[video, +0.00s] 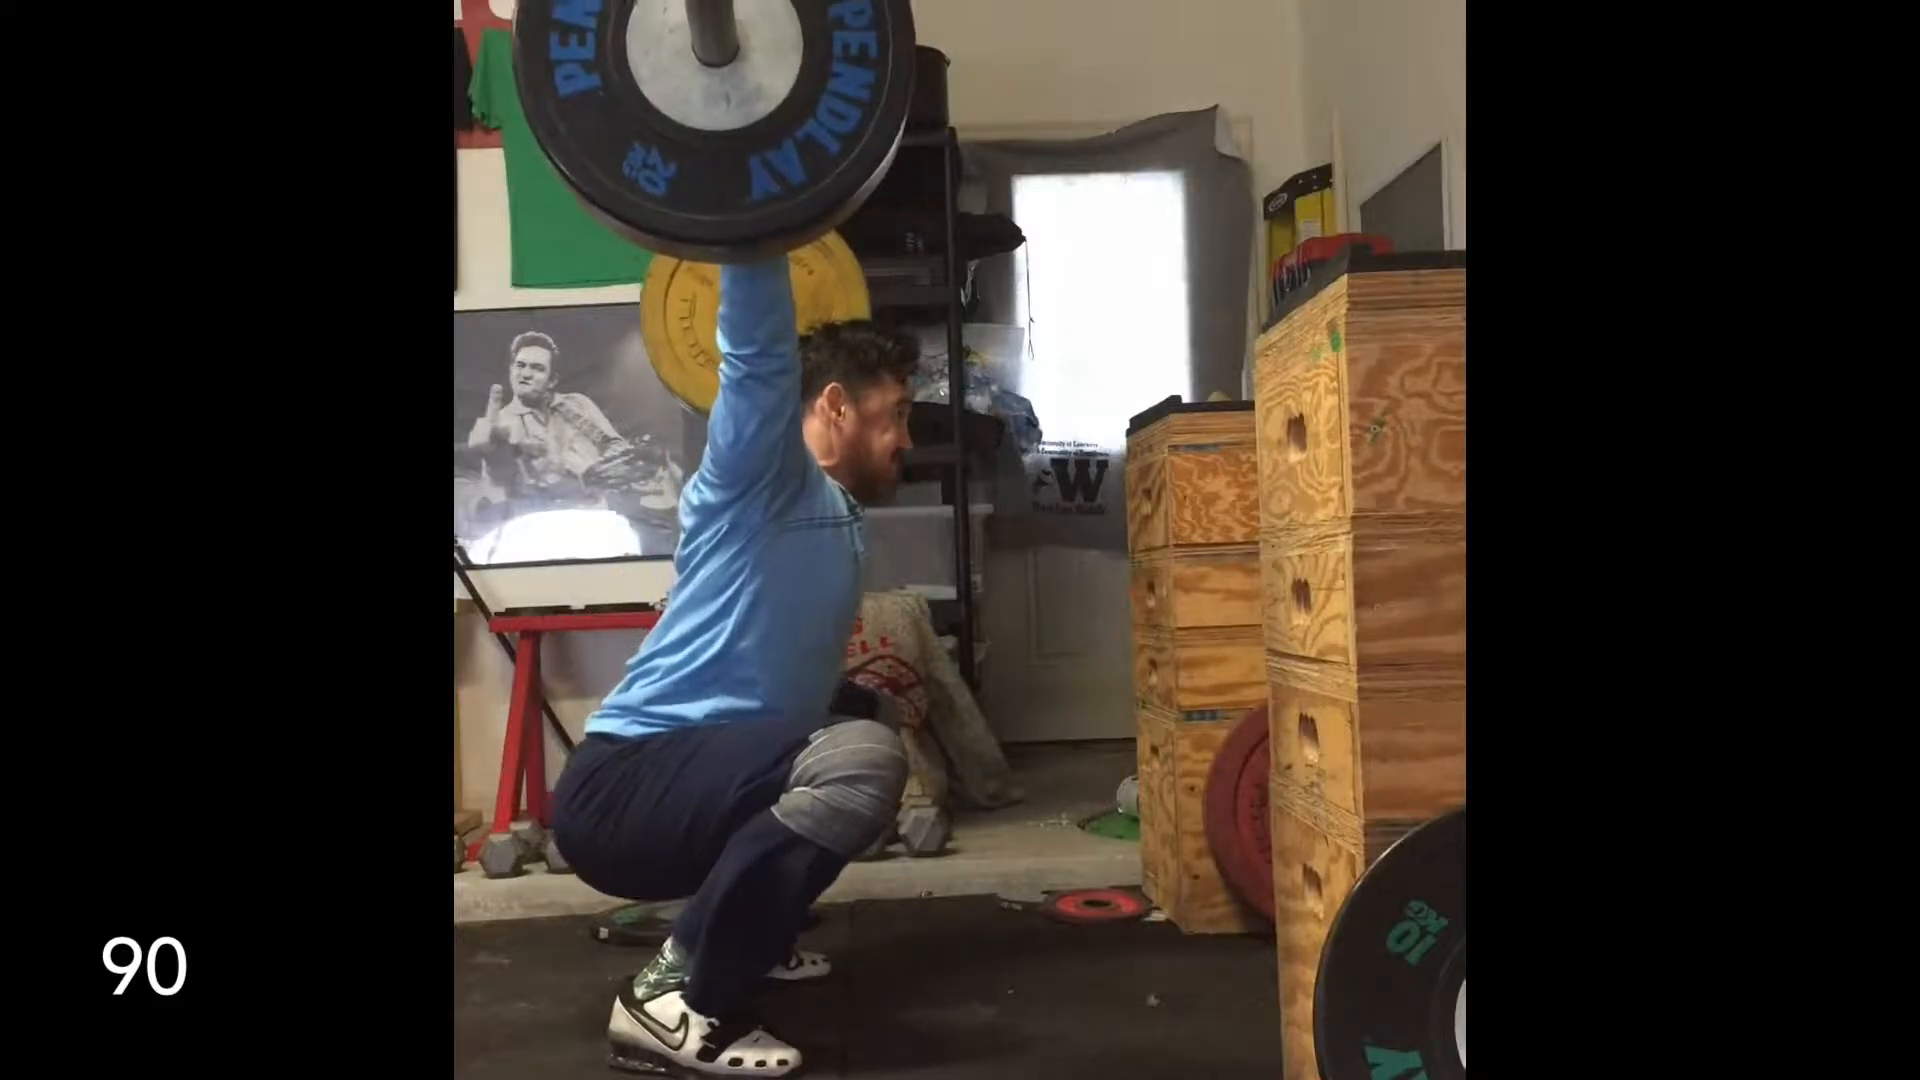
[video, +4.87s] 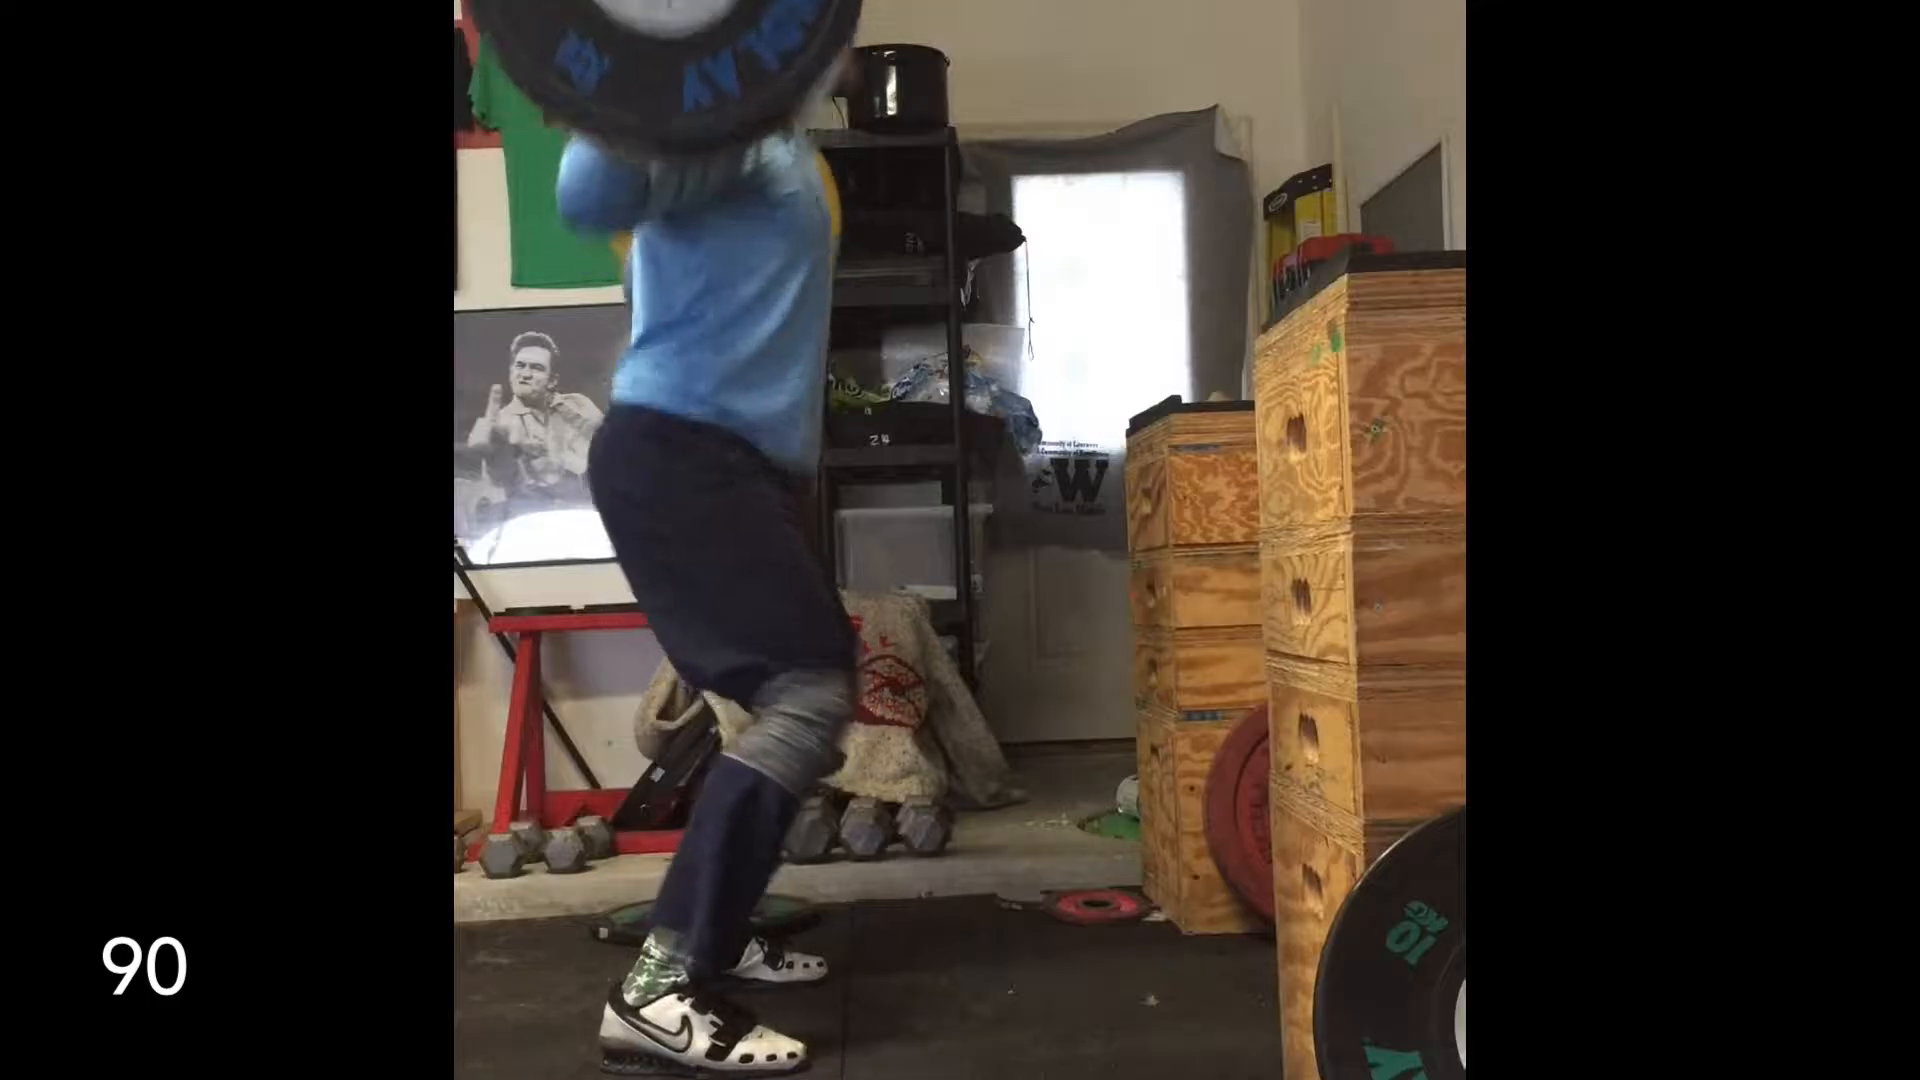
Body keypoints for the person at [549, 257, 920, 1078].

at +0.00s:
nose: (905, 442)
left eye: (906, 422)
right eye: (892, 419)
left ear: (840, 414)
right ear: (832, 409)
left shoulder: (838, 521)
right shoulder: (758, 480)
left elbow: (762, 665)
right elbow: (757, 350)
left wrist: (840, 693)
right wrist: (738, 190)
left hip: (695, 774)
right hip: (619, 785)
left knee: (870, 718)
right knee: (858, 758)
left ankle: (746, 935)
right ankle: (676, 991)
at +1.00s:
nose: (907, 315)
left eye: (912, 294)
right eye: (894, 289)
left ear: (855, 288)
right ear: (833, 279)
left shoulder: (846, 402)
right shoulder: (756, 349)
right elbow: (752, 215)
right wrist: (740, 67)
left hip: (710, 646)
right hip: (626, 636)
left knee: (863, 722)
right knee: (846, 733)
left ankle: (752, 922)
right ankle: (669, 986)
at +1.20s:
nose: (904, 194)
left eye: (909, 173)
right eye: (891, 166)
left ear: (868, 163)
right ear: (826, 146)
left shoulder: (842, 277)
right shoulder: (761, 232)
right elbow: (730, 116)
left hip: (735, 544)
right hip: (653, 528)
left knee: (846, 705)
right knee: (836, 713)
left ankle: (738, 919)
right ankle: (672, 989)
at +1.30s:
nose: (898, 97)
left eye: (906, 79)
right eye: (885, 71)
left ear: (885, 79)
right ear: (828, 54)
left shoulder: (838, 175)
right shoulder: (760, 142)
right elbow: (692, 83)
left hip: (769, 473)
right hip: (679, 451)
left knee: (807, 685)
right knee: (795, 692)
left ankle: (720, 916)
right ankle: (668, 990)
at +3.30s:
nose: (844, 2)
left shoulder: (786, 88)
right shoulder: (705, 65)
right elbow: (549, 112)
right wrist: (612, 8)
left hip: (738, 405)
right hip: (671, 396)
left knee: (704, 669)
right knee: (671, 675)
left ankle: (693, 914)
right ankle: (644, 984)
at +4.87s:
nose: (836, 57)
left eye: (833, 40)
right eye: (818, 39)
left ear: (781, 48)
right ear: (759, 40)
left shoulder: (789, 138)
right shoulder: (708, 130)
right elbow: (586, 196)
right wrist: (638, 70)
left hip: (729, 450)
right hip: (675, 446)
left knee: (789, 689)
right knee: (807, 695)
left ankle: (715, 917)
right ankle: (661, 980)